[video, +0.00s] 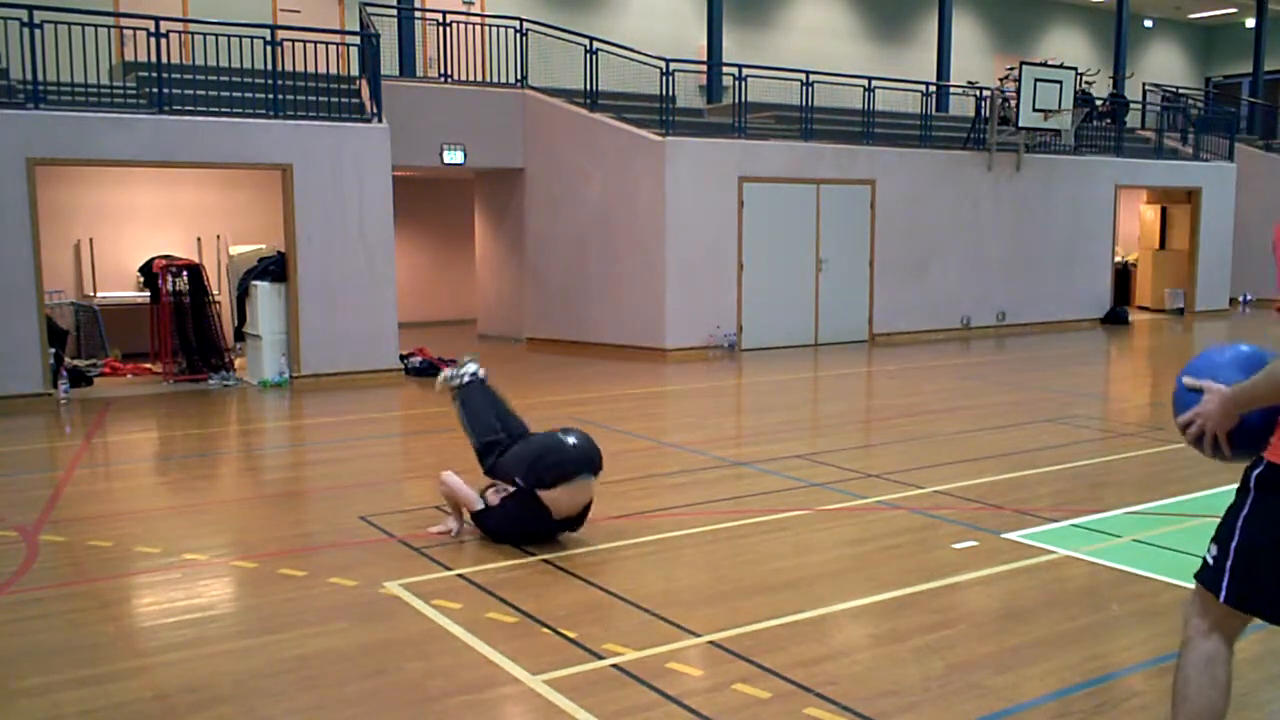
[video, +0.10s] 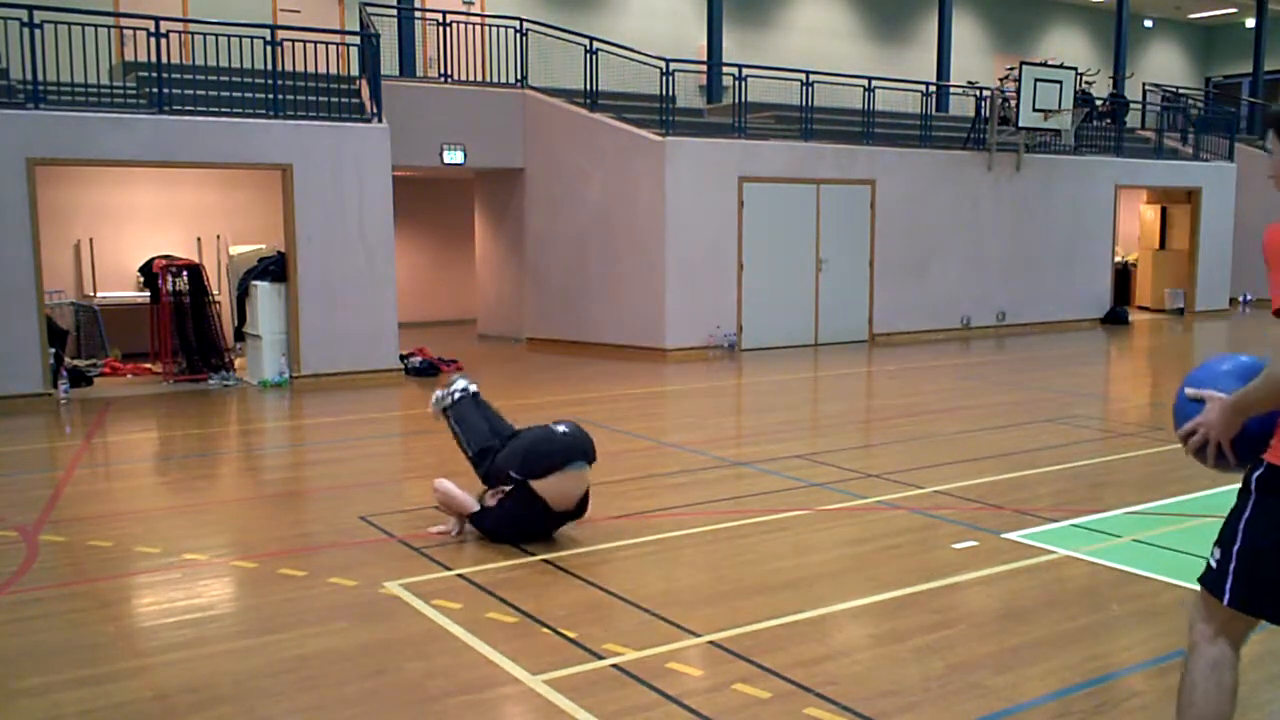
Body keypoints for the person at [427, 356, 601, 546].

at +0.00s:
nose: (500, 489)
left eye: (499, 487)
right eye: (493, 493)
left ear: (506, 487)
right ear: (488, 507)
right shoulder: (495, 522)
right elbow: (447, 478)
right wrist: (456, 519)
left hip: (588, 454)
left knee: (523, 451)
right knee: (493, 460)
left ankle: (477, 381)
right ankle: (467, 383)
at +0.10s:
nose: (497, 491)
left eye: (496, 490)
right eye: (491, 495)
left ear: (503, 491)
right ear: (489, 508)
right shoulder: (496, 524)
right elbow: (440, 486)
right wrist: (458, 521)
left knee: (513, 448)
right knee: (490, 469)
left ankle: (470, 398)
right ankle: (457, 402)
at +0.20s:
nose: (493, 493)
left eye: (492, 494)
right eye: (489, 496)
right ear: (490, 506)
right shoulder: (499, 526)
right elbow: (440, 484)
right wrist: (458, 521)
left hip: (576, 436)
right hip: (538, 441)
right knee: (486, 476)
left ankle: (475, 398)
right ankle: (457, 407)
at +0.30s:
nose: (494, 492)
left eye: (494, 491)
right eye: (490, 499)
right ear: (489, 507)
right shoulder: (497, 524)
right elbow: (440, 485)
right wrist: (458, 520)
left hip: (574, 435)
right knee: (487, 472)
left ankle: (488, 385)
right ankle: (459, 399)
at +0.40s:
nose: (496, 491)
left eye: (496, 490)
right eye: (490, 496)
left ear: (504, 489)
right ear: (487, 508)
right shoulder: (496, 524)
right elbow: (440, 483)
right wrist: (457, 520)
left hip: (580, 442)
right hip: (533, 454)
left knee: (531, 439)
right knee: (490, 458)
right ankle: (471, 379)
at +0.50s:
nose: (500, 486)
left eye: (500, 484)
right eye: (493, 490)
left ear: (510, 484)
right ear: (489, 505)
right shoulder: (491, 520)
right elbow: (442, 480)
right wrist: (456, 516)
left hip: (589, 462)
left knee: (542, 433)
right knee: (501, 448)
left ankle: (540, 353)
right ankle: (495, 358)